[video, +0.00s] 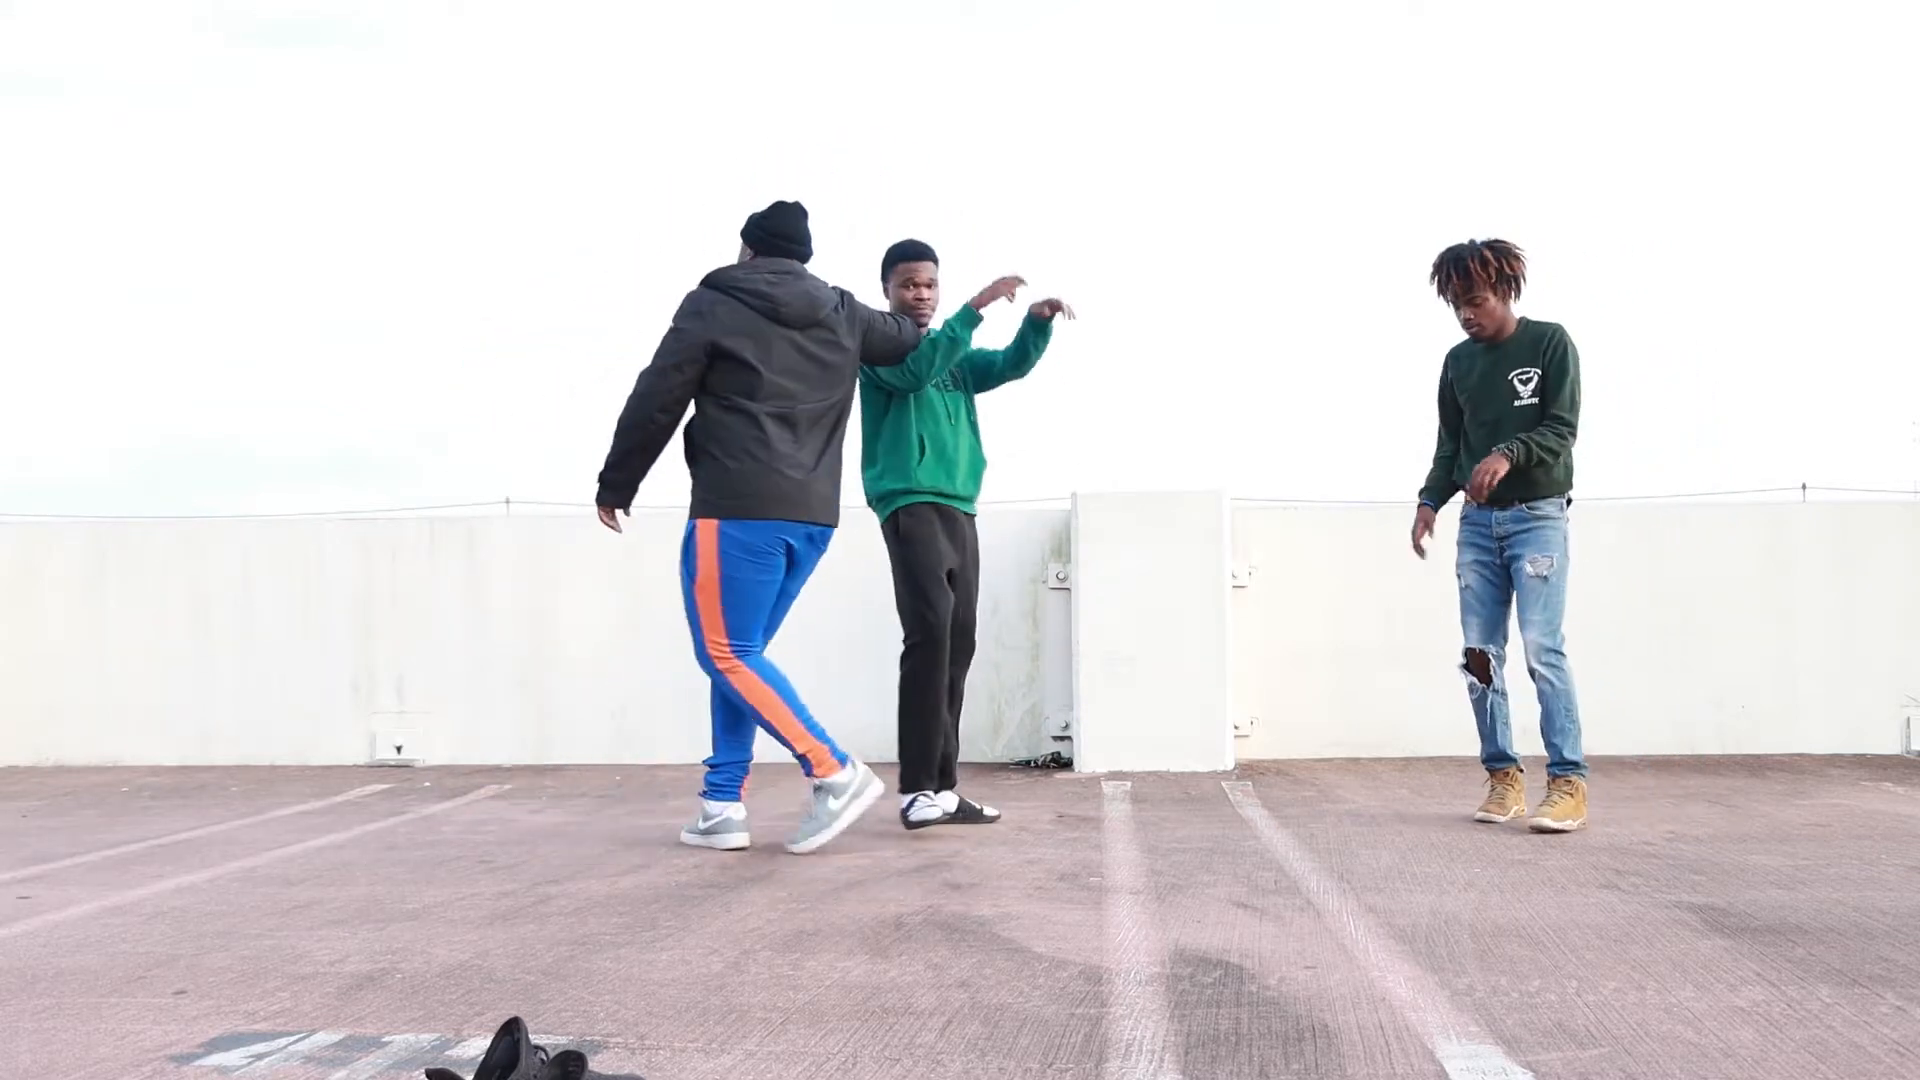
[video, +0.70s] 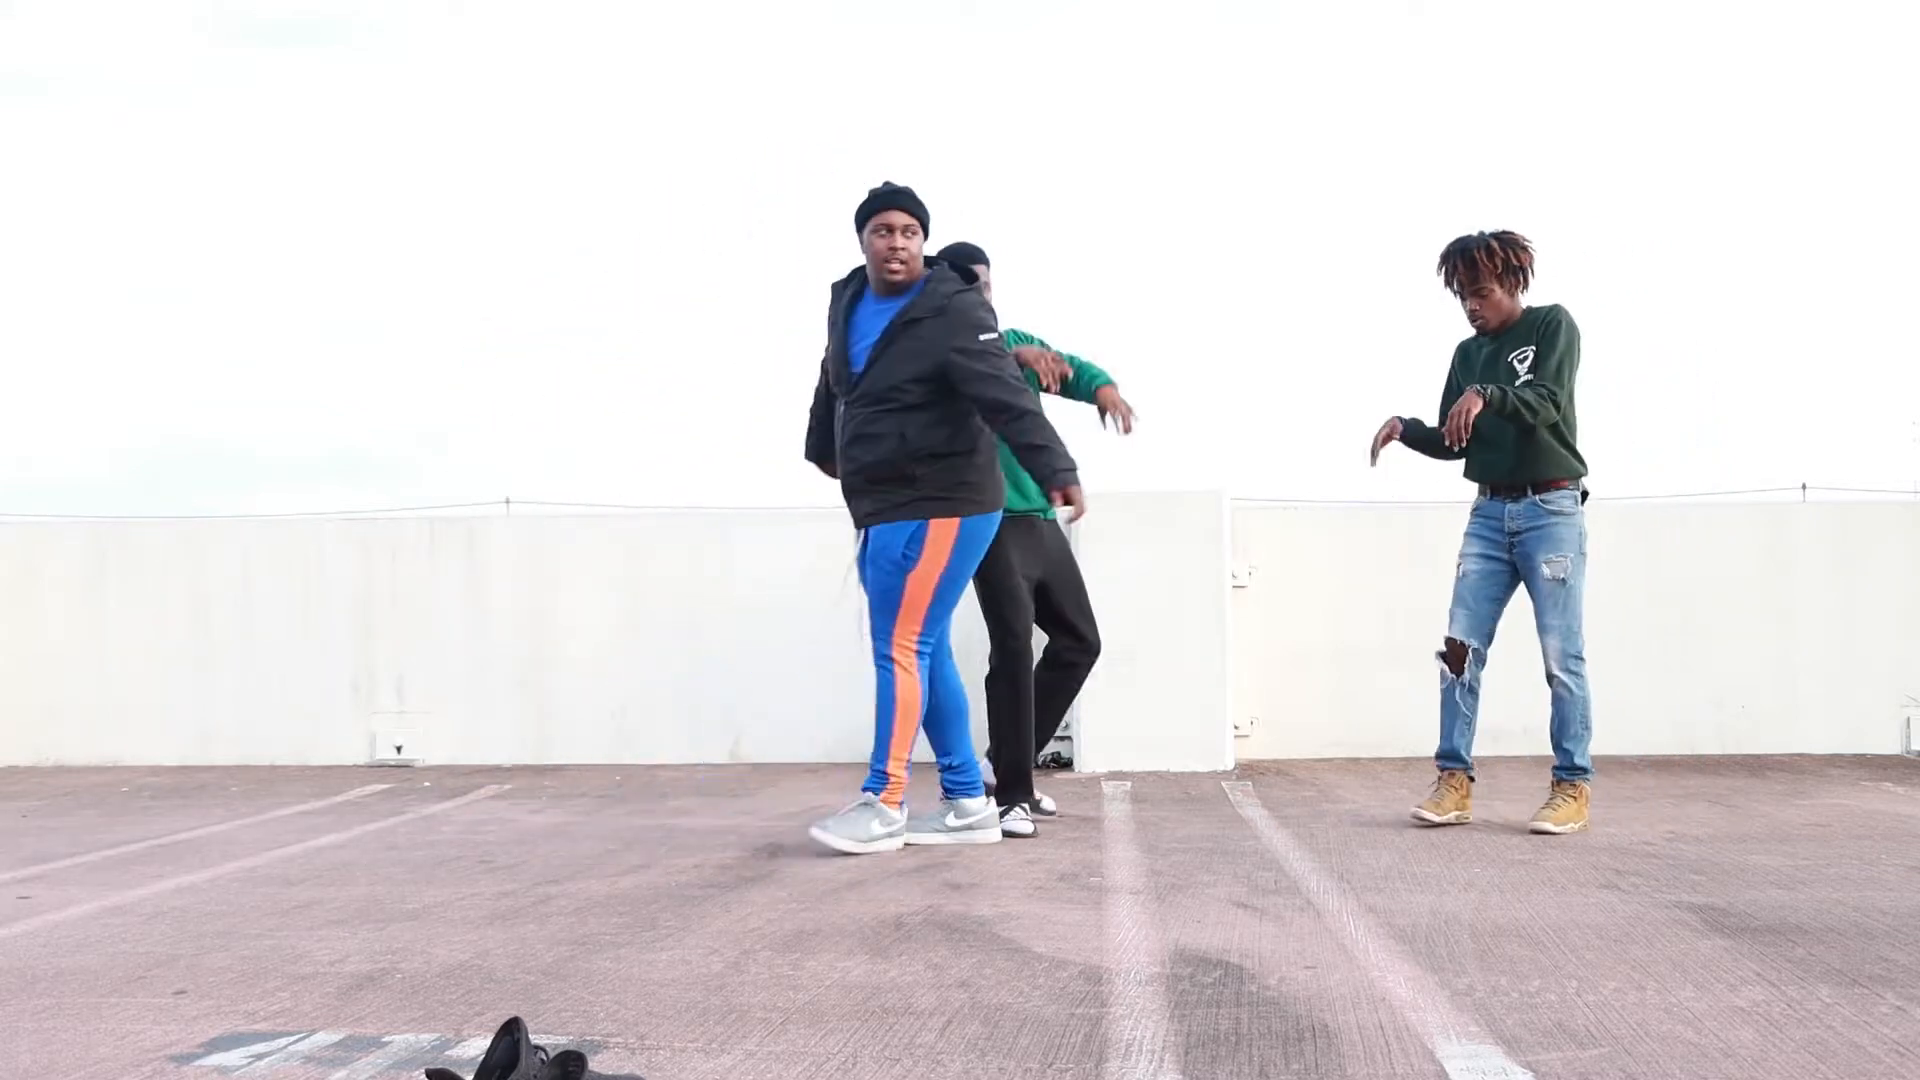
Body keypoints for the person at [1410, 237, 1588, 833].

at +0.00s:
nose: (1465, 316)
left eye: (1474, 303)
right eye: (1457, 306)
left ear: (1507, 291)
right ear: (1452, 303)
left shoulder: (1550, 341)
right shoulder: (1458, 361)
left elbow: (1560, 428)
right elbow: (1451, 442)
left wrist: (1509, 454)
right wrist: (1429, 501)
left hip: (1538, 518)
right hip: (1478, 523)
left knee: (1542, 650)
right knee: (1480, 655)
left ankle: (1567, 784)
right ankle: (1502, 778)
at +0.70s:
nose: (1470, 307)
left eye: (1479, 294)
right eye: (1462, 296)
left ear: (1514, 285)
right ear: (1458, 293)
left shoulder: (1551, 324)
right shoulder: (1468, 354)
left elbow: (1546, 403)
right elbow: (1456, 444)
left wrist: (1486, 396)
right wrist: (1407, 429)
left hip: (1551, 512)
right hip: (1489, 514)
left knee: (1560, 657)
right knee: (1460, 649)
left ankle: (1571, 788)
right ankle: (1454, 783)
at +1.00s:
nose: (1448, 307)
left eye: (1458, 295)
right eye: (1440, 296)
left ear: (1488, 285)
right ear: (1433, 291)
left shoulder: (1523, 333)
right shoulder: (1427, 347)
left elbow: (1538, 416)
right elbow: (1395, 417)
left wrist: (1512, 447)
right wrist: (1359, 369)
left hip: (1504, 509)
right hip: (1441, 513)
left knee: (1518, 640)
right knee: (1436, 650)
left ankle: (1551, 767)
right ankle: (1447, 784)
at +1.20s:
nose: (1441, 311)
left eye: (1451, 298)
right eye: (1433, 300)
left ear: (1481, 287)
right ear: (1426, 295)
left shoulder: (1515, 341)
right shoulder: (1419, 345)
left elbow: (1531, 432)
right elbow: (1372, 389)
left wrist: (1536, 511)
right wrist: (1354, 327)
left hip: (1488, 507)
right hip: (1424, 511)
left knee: (1499, 626)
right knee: (1424, 652)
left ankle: (1522, 738)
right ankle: (1446, 784)